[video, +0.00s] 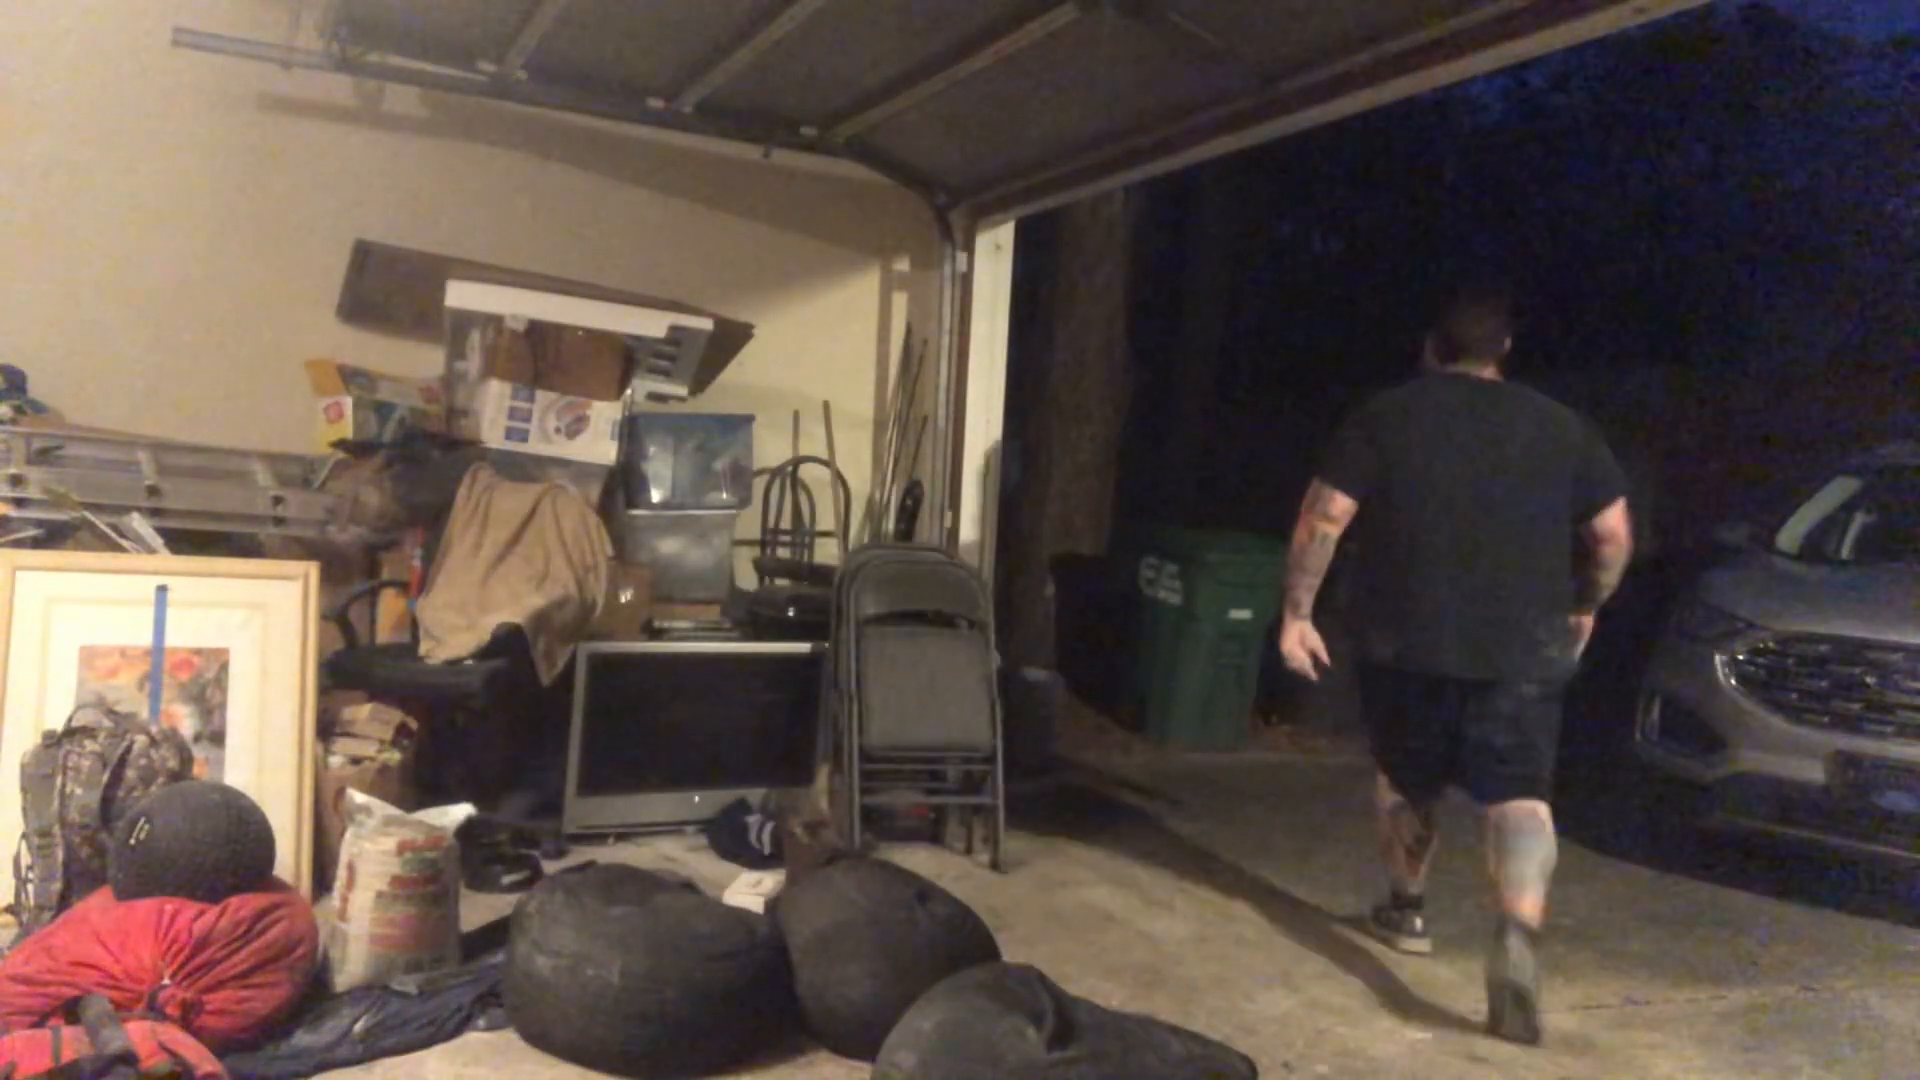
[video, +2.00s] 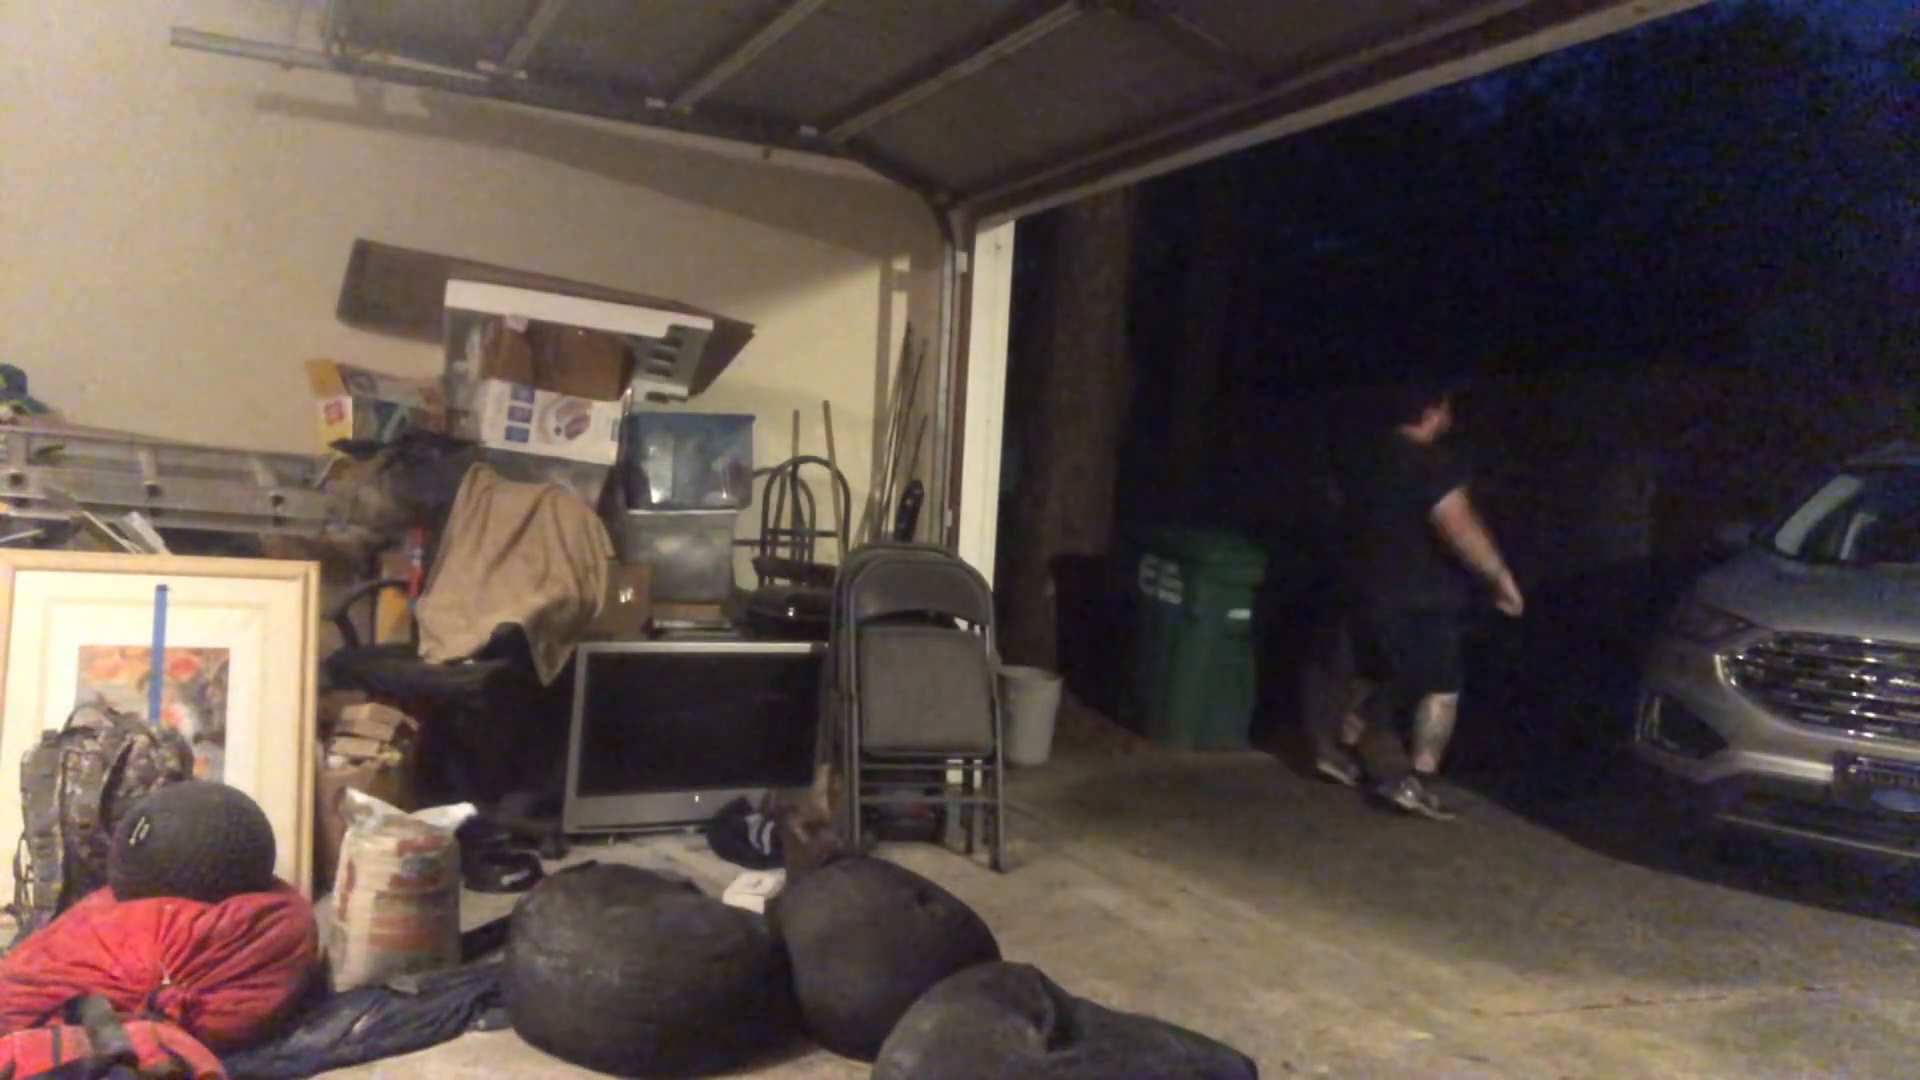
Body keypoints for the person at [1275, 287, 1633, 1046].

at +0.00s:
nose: (1425, 358)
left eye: (1428, 349)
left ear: (1430, 351)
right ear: (1505, 357)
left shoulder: (1389, 416)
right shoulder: (1559, 426)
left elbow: (1328, 512)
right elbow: (1613, 533)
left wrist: (1297, 610)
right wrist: (1589, 606)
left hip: (1408, 640)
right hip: (1521, 649)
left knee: (1405, 774)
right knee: (1521, 796)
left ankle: (1404, 906)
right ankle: (1517, 938)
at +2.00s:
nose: (1446, 421)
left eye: (1445, 412)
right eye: (1443, 412)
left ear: (1399, 412)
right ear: (1428, 415)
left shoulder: (1369, 455)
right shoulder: (1431, 465)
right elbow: (1462, 530)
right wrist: (1500, 576)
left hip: (1371, 587)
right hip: (1421, 592)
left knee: (1373, 672)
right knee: (1442, 685)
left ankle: (1341, 748)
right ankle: (1421, 780)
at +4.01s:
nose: (1239, 339)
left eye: (1253, 326)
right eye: (1228, 326)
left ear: (1276, 330)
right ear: (1209, 329)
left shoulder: (1316, 395)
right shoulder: (1166, 392)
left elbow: (1370, 480)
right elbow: (1110, 470)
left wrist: (1352, 571)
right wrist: (1087, 555)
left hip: (1276, 602)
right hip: (1181, 595)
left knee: (1265, 745)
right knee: (1186, 735)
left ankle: (1250, 855)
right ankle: (1193, 866)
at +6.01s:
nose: (1171, 823)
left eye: (1190, 813)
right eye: (1154, 804)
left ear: (1225, 770)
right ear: (1104, 744)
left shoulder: (1253, 758)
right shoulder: (1004, 709)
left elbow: (1285, 910)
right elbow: (915, 852)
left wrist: (1303, 1057)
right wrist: (952, 1009)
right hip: (988, 648)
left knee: (1273, 882)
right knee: (858, 880)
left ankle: (1310, 1052)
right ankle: (831, 1049)